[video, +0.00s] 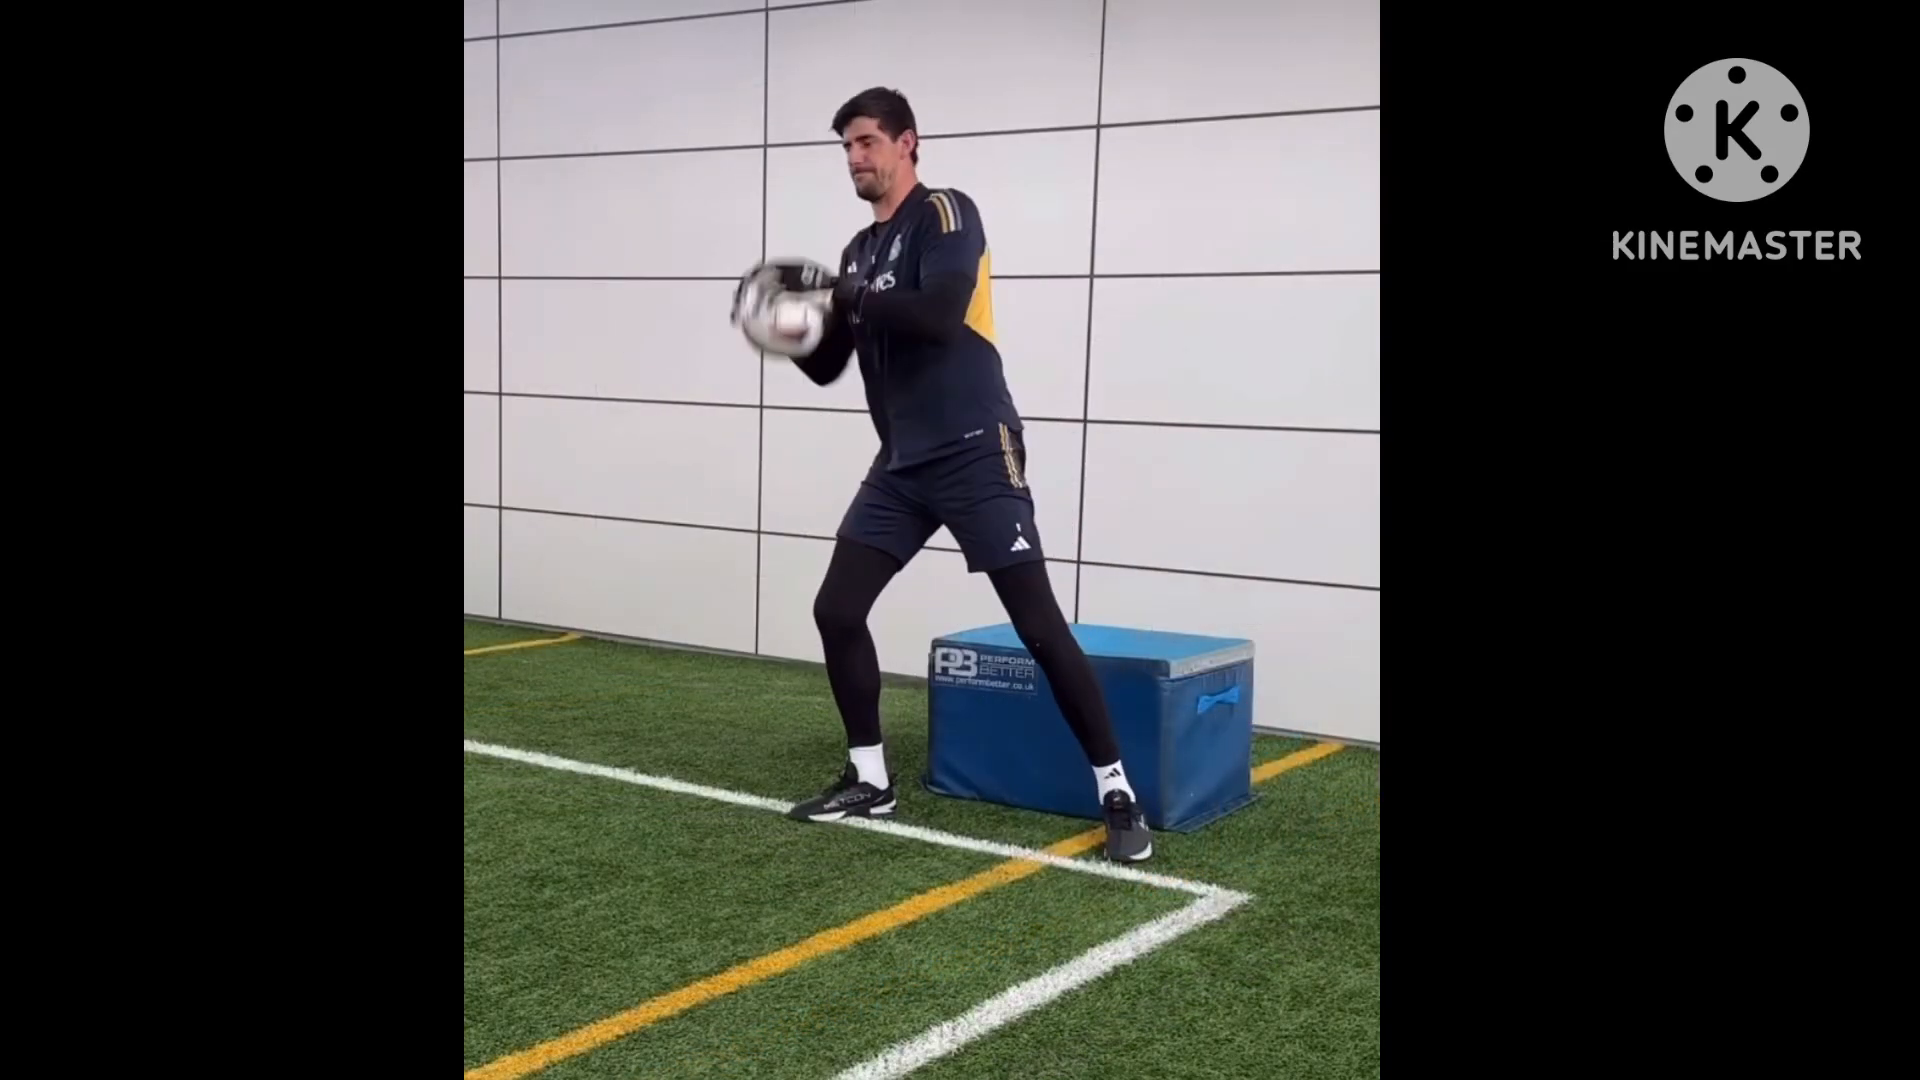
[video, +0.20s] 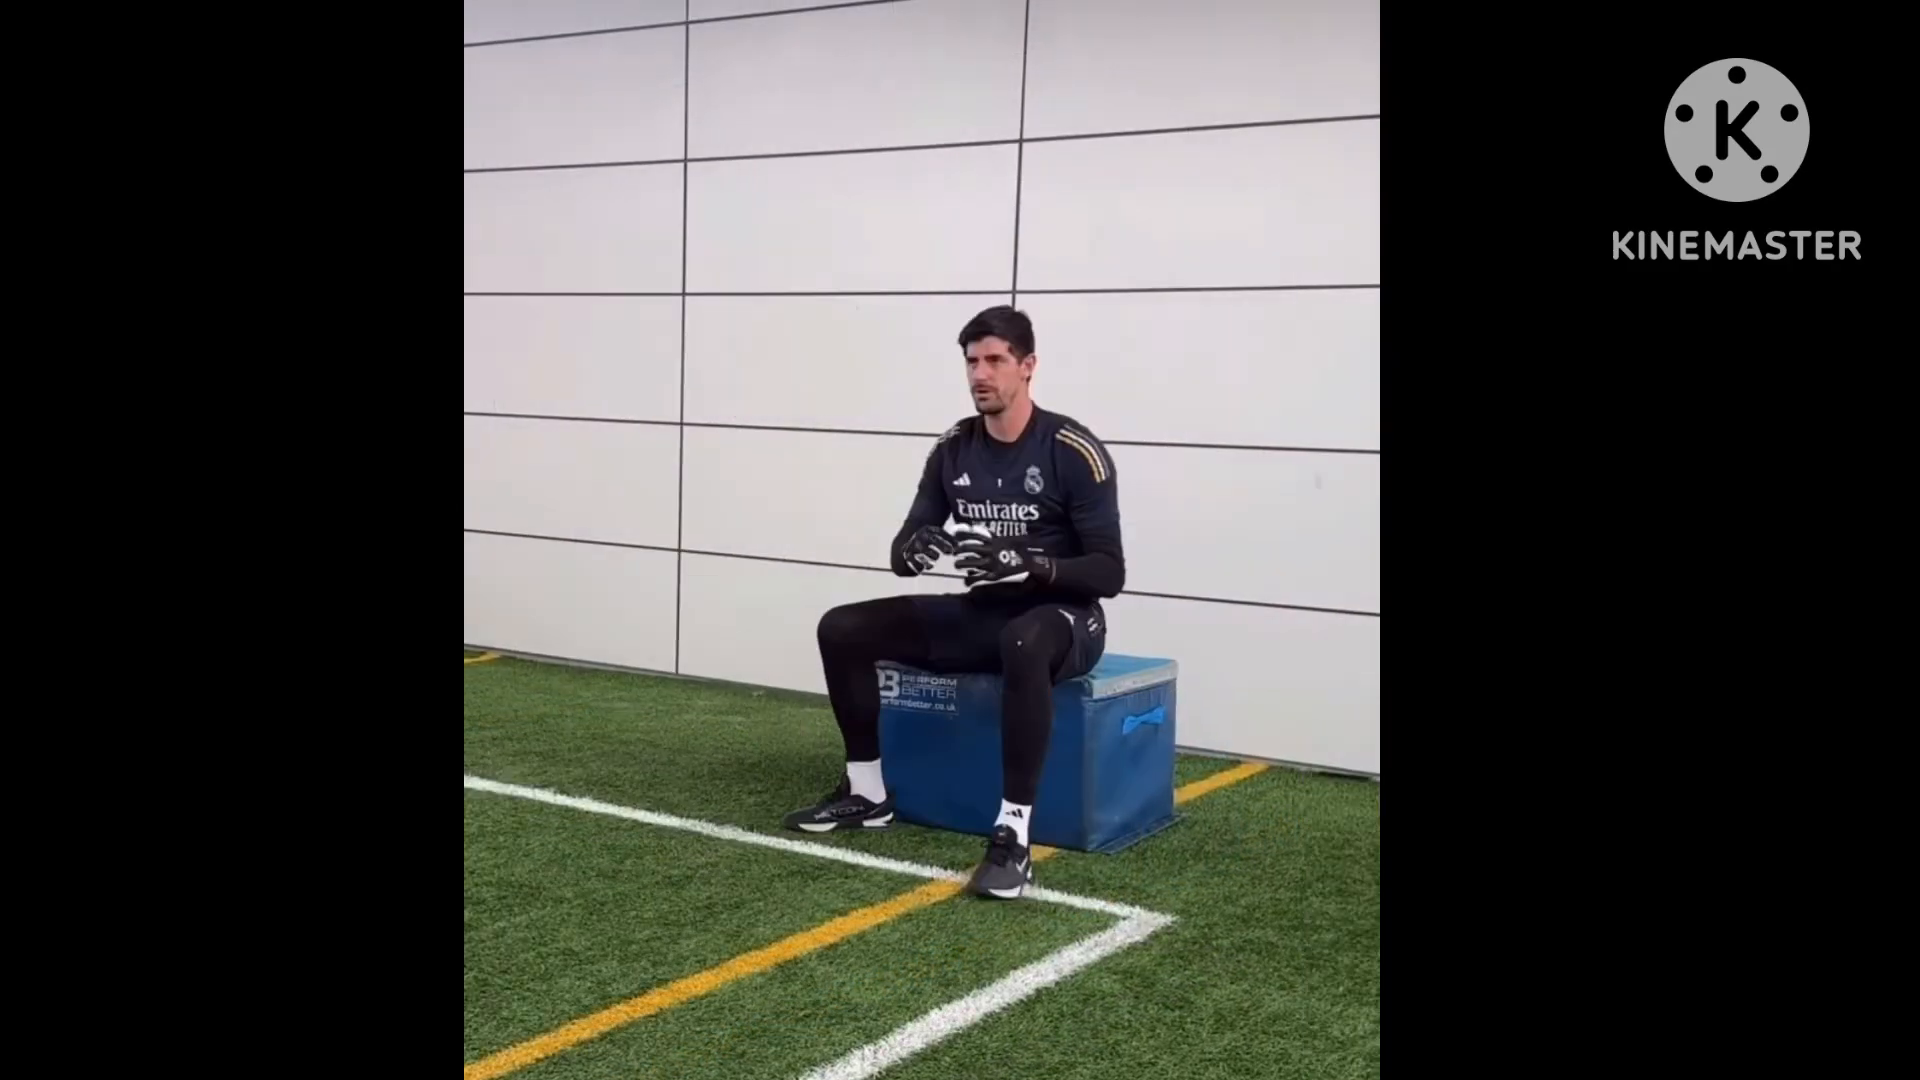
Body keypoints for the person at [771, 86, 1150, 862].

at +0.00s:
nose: (855, 158)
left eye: (867, 142)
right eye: (848, 147)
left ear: (907, 145)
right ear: (848, 158)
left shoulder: (948, 211)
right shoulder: (859, 251)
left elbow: (937, 315)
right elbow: (824, 365)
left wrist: (844, 296)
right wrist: (786, 326)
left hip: (977, 450)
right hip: (901, 462)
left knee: (1039, 625)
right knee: (837, 610)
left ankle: (1118, 793)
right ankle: (870, 782)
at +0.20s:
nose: (980, 374)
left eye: (994, 362)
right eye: (972, 363)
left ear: (1028, 366)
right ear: (965, 369)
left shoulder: (1075, 452)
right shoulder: (953, 451)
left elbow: (1109, 571)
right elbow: (907, 545)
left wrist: (1031, 565)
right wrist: (915, 549)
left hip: (1064, 615)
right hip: (979, 613)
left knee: (1025, 641)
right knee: (841, 629)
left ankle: (1011, 839)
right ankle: (866, 794)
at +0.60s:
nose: (959, 393)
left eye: (974, 380)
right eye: (952, 380)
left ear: (1008, 388)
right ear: (944, 387)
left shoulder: (1043, 452)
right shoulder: (930, 456)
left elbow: (1085, 528)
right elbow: (827, 497)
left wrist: (995, 524)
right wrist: (863, 483)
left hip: (1063, 620)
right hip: (977, 617)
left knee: (1019, 643)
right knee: (840, 628)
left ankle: (1011, 837)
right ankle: (866, 796)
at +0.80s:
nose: (922, 349)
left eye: (938, 337)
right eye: (916, 337)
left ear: (975, 345)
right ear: (910, 343)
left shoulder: (1010, 405)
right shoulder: (894, 408)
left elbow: (1097, 456)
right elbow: (809, 408)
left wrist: (1017, 461)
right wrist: (770, 407)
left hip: (1049, 579)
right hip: (966, 582)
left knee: (1009, 651)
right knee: (822, 642)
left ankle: (1011, 835)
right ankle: (864, 797)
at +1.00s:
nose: (916, 242)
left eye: (932, 228)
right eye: (909, 229)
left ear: (970, 236)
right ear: (903, 241)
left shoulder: (1024, 331)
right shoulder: (888, 336)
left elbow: (1107, 437)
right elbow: (829, 414)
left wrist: (1076, 504)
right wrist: (781, 476)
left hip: (1026, 522)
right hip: (946, 524)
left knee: (998, 657)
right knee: (830, 645)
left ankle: (1009, 838)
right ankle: (865, 798)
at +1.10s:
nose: (880, 221)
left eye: (894, 208)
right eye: (872, 209)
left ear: (926, 215)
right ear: (865, 219)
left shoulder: (972, 306)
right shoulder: (850, 307)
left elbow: (1029, 411)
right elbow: (812, 385)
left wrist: (991, 460)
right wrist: (786, 438)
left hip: (962, 498)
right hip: (888, 496)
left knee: (940, 640)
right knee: (809, 627)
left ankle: (952, 805)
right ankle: (824, 770)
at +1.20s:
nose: (847, 230)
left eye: (859, 218)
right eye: (839, 219)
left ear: (887, 223)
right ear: (832, 224)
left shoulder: (920, 302)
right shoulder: (812, 295)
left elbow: (961, 401)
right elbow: (764, 362)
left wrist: (906, 392)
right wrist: (753, 367)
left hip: (897, 489)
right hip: (830, 485)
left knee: (883, 624)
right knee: (781, 612)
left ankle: (893, 770)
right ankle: (781, 741)